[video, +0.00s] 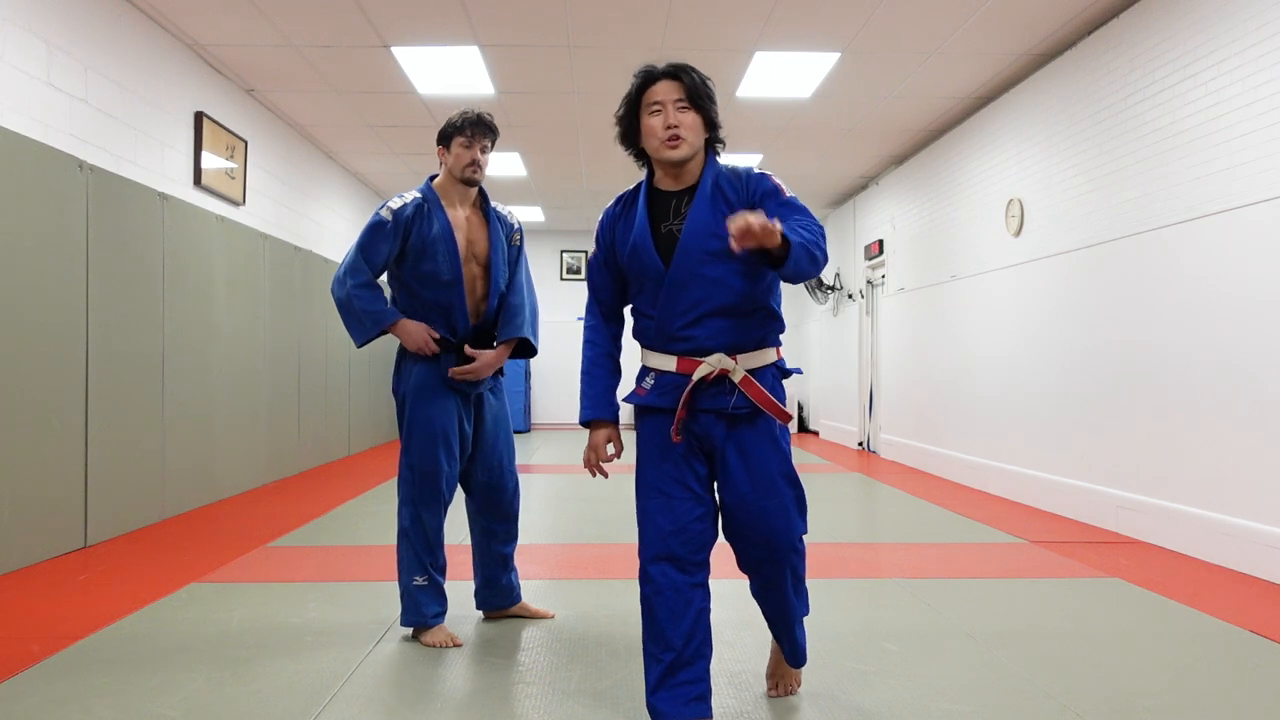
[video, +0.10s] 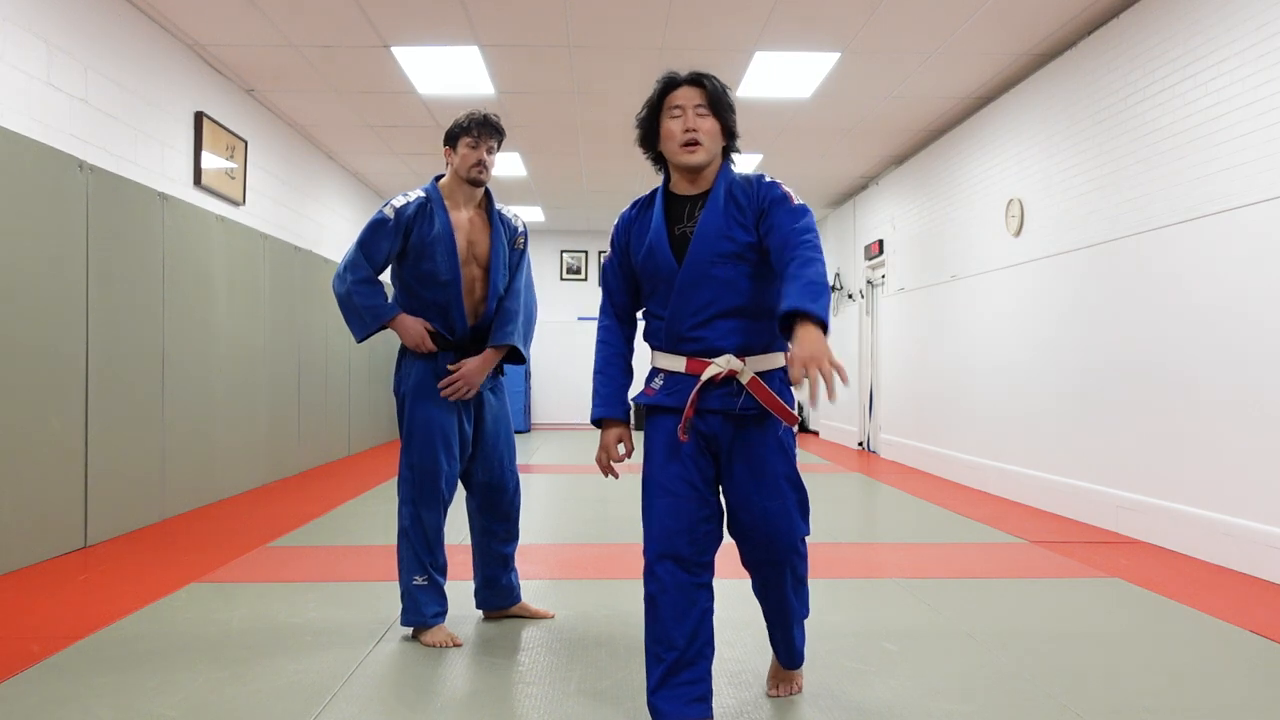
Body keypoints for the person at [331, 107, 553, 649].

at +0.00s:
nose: (477, 155)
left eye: (484, 148)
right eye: (467, 145)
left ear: (490, 159)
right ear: (442, 151)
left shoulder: (503, 225)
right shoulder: (406, 212)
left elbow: (520, 298)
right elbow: (349, 281)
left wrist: (501, 352)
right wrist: (398, 325)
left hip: (487, 370)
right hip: (428, 369)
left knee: (498, 487)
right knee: (427, 491)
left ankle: (500, 598)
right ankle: (423, 615)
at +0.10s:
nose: (483, 155)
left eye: (491, 149)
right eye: (473, 145)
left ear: (496, 161)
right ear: (449, 151)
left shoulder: (508, 227)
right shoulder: (409, 211)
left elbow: (520, 303)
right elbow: (351, 277)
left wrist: (489, 359)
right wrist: (395, 319)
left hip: (488, 368)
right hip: (429, 367)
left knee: (499, 484)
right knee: (427, 489)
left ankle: (499, 597)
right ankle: (424, 615)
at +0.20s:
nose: (490, 158)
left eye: (499, 152)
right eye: (481, 148)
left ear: (504, 163)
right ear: (457, 152)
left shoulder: (512, 230)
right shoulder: (415, 210)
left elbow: (521, 306)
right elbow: (354, 271)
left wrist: (476, 349)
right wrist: (396, 315)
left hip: (489, 373)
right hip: (430, 372)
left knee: (498, 486)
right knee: (427, 491)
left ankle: (499, 597)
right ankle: (423, 614)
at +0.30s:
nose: (500, 162)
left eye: (508, 156)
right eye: (492, 151)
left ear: (512, 167)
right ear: (467, 155)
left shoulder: (517, 232)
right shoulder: (422, 209)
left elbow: (523, 308)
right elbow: (359, 265)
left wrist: (478, 346)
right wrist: (402, 312)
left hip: (490, 373)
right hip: (431, 371)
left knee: (497, 486)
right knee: (427, 490)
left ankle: (499, 598)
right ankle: (423, 614)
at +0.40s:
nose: (509, 166)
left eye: (518, 161)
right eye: (501, 155)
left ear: (522, 172)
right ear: (477, 157)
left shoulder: (524, 233)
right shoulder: (428, 208)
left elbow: (528, 310)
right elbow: (362, 262)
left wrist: (481, 349)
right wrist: (402, 311)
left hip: (494, 372)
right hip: (434, 368)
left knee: (497, 487)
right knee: (427, 489)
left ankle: (500, 598)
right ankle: (424, 614)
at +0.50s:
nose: (518, 170)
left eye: (527, 165)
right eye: (511, 159)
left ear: (531, 174)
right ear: (487, 159)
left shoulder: (531, 232)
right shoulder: (437, 208)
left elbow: (530, 311)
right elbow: (367, 259)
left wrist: (478, 348)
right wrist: (401, 311)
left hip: (498, 374)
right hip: (439, 370)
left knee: (498, 486)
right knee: (430, 489)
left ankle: (500, 598)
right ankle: (423, 614)